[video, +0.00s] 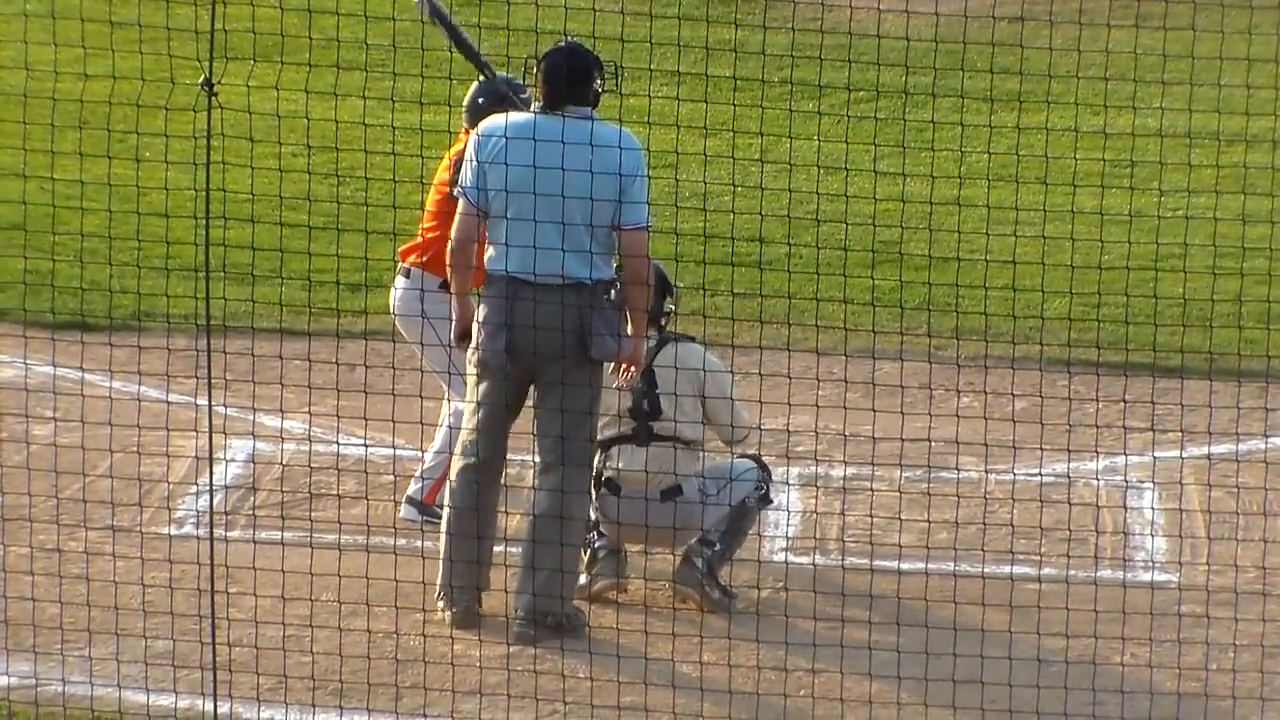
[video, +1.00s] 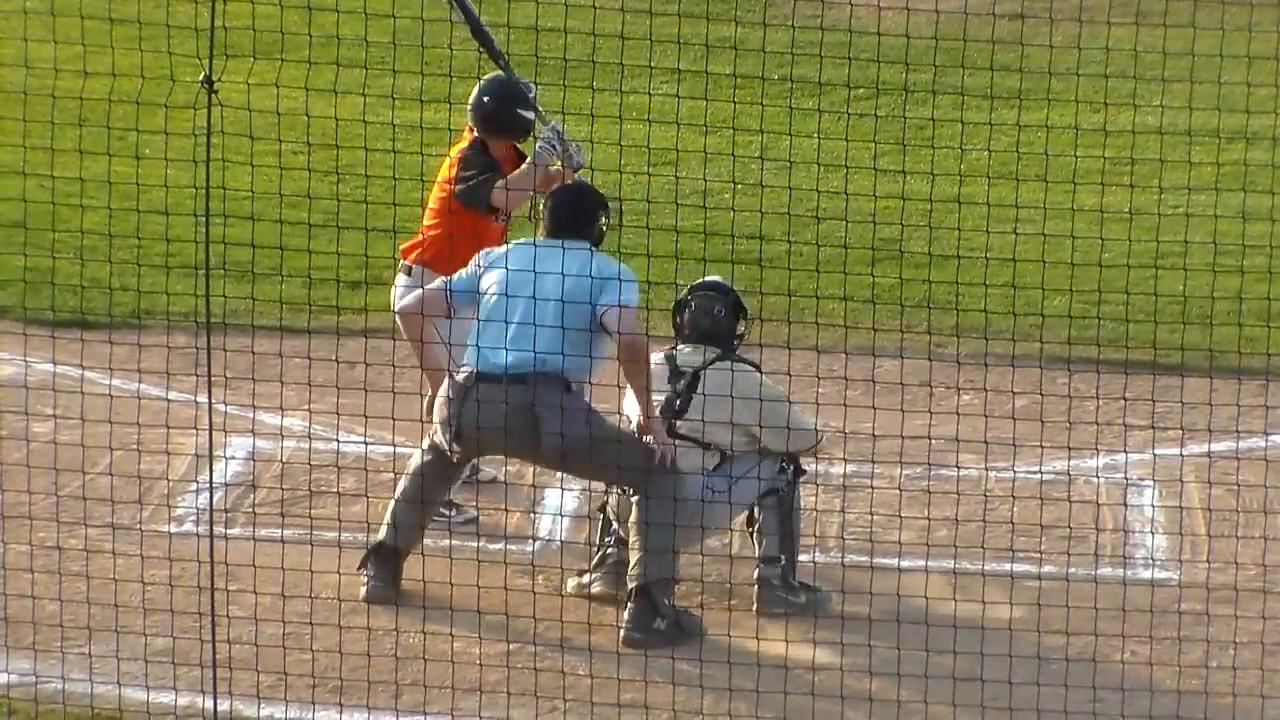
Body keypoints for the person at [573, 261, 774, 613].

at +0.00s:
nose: (663, 306)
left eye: (632, 298)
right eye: (663, 300)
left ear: (614, 305)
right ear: (662, 307)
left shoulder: (599, 356)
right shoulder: (691, 356)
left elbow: (579, 433)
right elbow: (736, 432)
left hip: (611, 510)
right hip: (676, 512)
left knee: (579, 461)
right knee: (755, 474)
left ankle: (603, 554)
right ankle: (701, 563)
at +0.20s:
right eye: (659, 298)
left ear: (605, 309)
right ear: (658, 308)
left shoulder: (592, 358)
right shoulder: (686, 357)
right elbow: (746, 413)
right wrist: (702, 424)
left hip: (601, 511)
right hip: (663, 511)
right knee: (749, 444)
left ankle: (608, 555)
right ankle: (718, 551)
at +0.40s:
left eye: (629, 302)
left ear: (621, 311)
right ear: (675, 312)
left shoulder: (599, 361)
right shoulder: (691, 363)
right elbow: (757, 422)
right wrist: (715, 435)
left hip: (592, 508)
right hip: (653, 510)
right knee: (751, 468)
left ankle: (604, 563)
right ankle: (774, 588)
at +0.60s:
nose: (708, 316)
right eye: (705, 309)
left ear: (647, 313)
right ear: (700, 316)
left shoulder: (619, 359)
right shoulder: (715, 367)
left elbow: (591, 412)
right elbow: (779, 424)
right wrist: (715, 444)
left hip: (604, 502)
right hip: (668, 507)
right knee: (767, 461)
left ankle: (606, 567)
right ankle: (776, 583)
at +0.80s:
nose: (730, 323)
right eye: (727, 316)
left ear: (672, 319)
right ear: (722, 324)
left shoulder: (639, 363)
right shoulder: (734, 372)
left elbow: (613, 418)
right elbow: (795, 432)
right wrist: (745, 447)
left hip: (629, 504)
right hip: (691, 508)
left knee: (610, 450)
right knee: (779, 462)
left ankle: (605, 570)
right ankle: (776, 580)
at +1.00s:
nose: (738, 329)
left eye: (734, 320)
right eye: (736, 322)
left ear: (679, 324)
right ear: (731, 328)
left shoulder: (649, 368)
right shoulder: (742, 378)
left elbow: (625, 426)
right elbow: (805, 439)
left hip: (634, 504)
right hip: (692, 511)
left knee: (626, 451)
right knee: (781, 466)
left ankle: (607, 567)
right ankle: (777, 583)